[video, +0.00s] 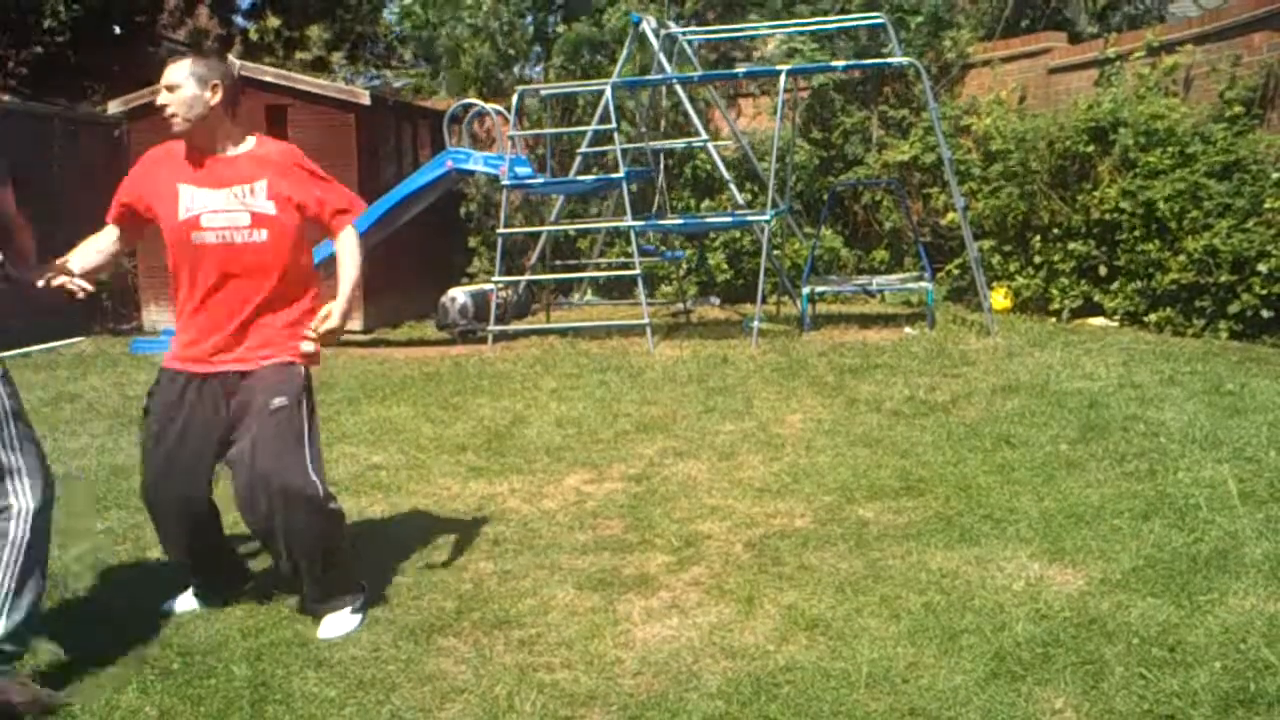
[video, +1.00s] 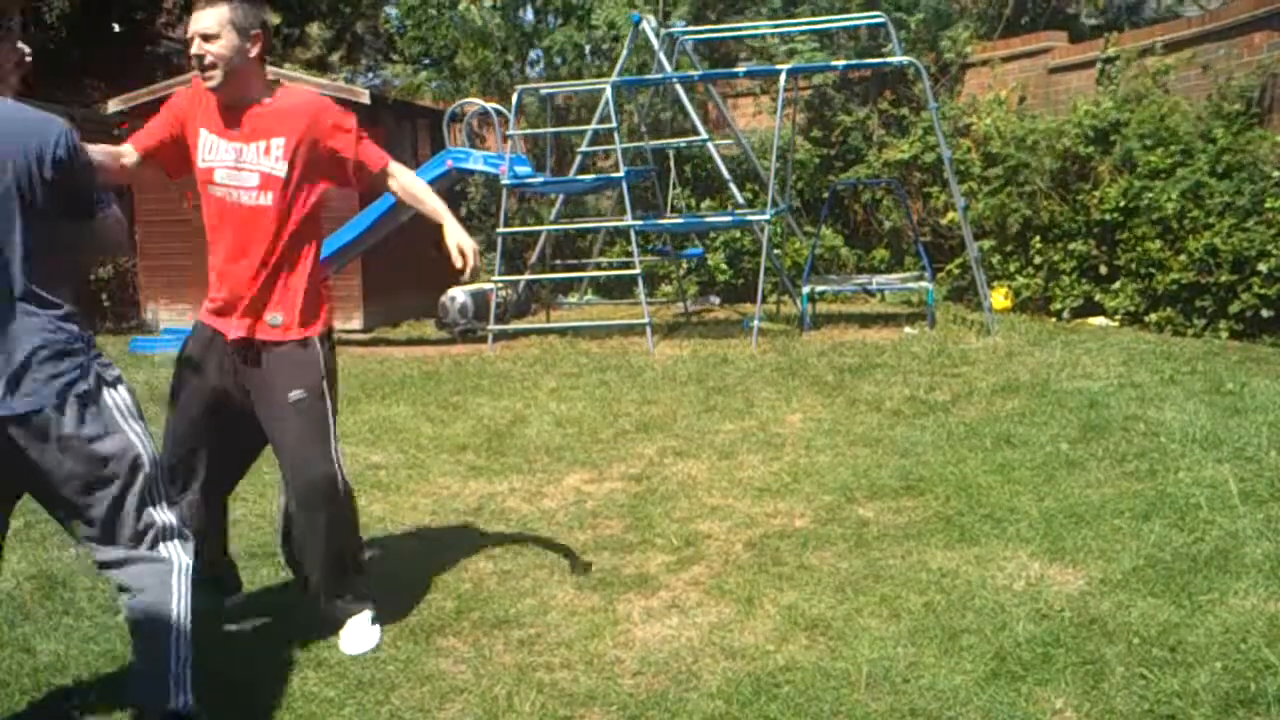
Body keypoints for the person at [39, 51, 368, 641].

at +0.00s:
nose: (161, 101)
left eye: (173, 89)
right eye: (161, 91)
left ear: (215, 94)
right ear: (201, 96)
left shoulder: (280, 160)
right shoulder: (157, 166)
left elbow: (345, 225)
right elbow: (116, 232)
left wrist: (343, 298)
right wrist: (69, 267)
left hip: (273, 355)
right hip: (191, 360)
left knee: (277, 480)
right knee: (167, 489)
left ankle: (337, 594)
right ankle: (217, 581)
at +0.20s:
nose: (134, 105)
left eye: (144, 93)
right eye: (135, 93)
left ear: (183, 100)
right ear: (179, 101)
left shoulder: (227, 162)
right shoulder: (185, 162)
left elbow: (258, 259)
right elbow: (212, 257)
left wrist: (194, 337)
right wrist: (179, 328)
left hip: (243, 367)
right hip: (185, 360)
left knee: (249, 496)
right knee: (117, 460)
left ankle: (337, 590)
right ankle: (157, 580)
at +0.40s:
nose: (107, 99)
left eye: (119, 90)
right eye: (108, 89)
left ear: (160, 100)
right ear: (153, 102)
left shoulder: (170, 157)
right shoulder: (189, 153)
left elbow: (114, 245)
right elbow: (247, 218)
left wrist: (34, 277)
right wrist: (254, 262)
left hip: (198, 363)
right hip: (146, 358)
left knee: (242, 488)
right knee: (89, 484)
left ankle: (333, 591)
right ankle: (101, 602)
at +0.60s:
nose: (126, 81)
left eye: (140, 72)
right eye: (122, 69)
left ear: (181, 81)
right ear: (120, 73)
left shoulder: (225, 157)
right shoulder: (115, 122)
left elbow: (249, 250)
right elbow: (62, 142)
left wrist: (196, 320)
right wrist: (8, 138)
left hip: (200, 350)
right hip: (116, 352)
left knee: (258, 471)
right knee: (101, 486)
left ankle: (323, 586)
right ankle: (106, 604)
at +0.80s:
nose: (186, 111)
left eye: (202, 102)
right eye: (180, 97)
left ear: (236, 109)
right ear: (171, 94)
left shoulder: (268, 182)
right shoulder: (140, 134)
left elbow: (322, 244)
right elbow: (47, 113)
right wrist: (15, 70)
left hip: (230, 367)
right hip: (139, 364)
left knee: (287, 474)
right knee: (111, 497)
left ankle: (347, 605)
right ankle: (103, 606)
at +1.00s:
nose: (196, 50)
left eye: (210, 38)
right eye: (192, 39)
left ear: (254, 44)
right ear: (193, 46)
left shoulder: (310, 112)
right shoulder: (191, 107)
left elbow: (391, 172)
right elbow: (125, 160)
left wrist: (449, 221)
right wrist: (45, 148)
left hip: (292, 334)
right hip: (217, 329)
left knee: (316, 480)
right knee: (183, 472)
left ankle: (349, 604)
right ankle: (207, 589)